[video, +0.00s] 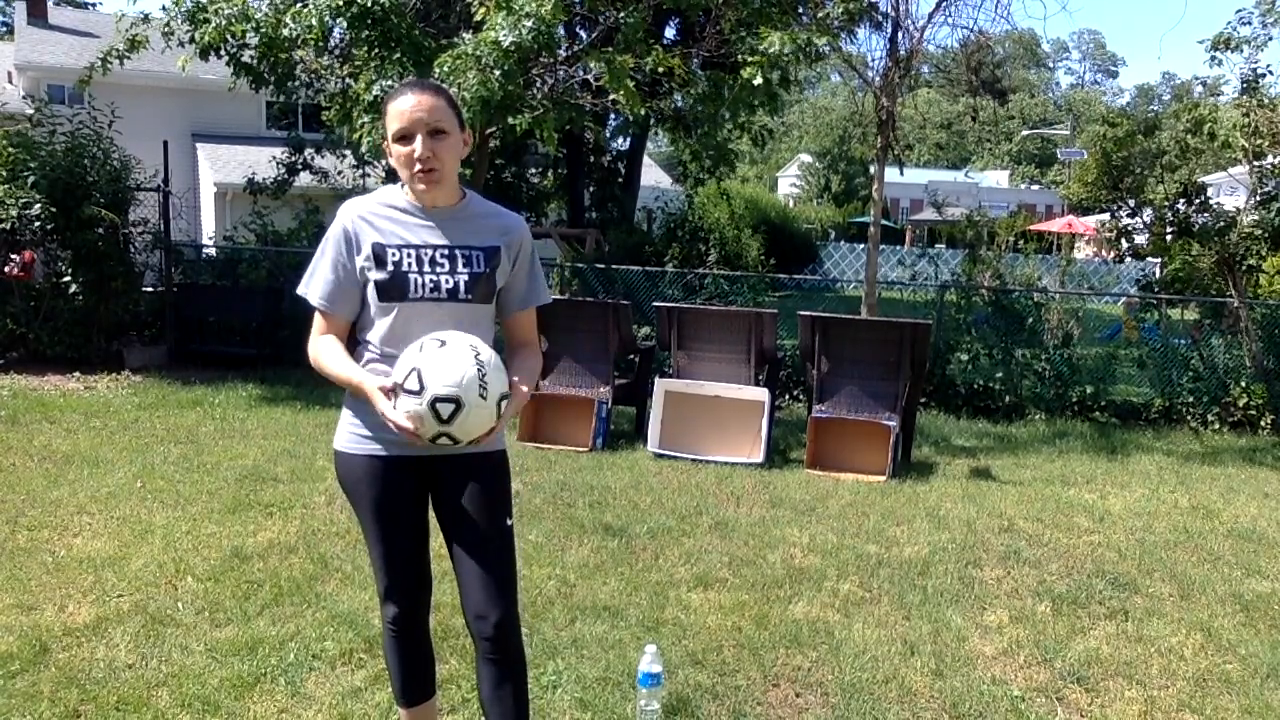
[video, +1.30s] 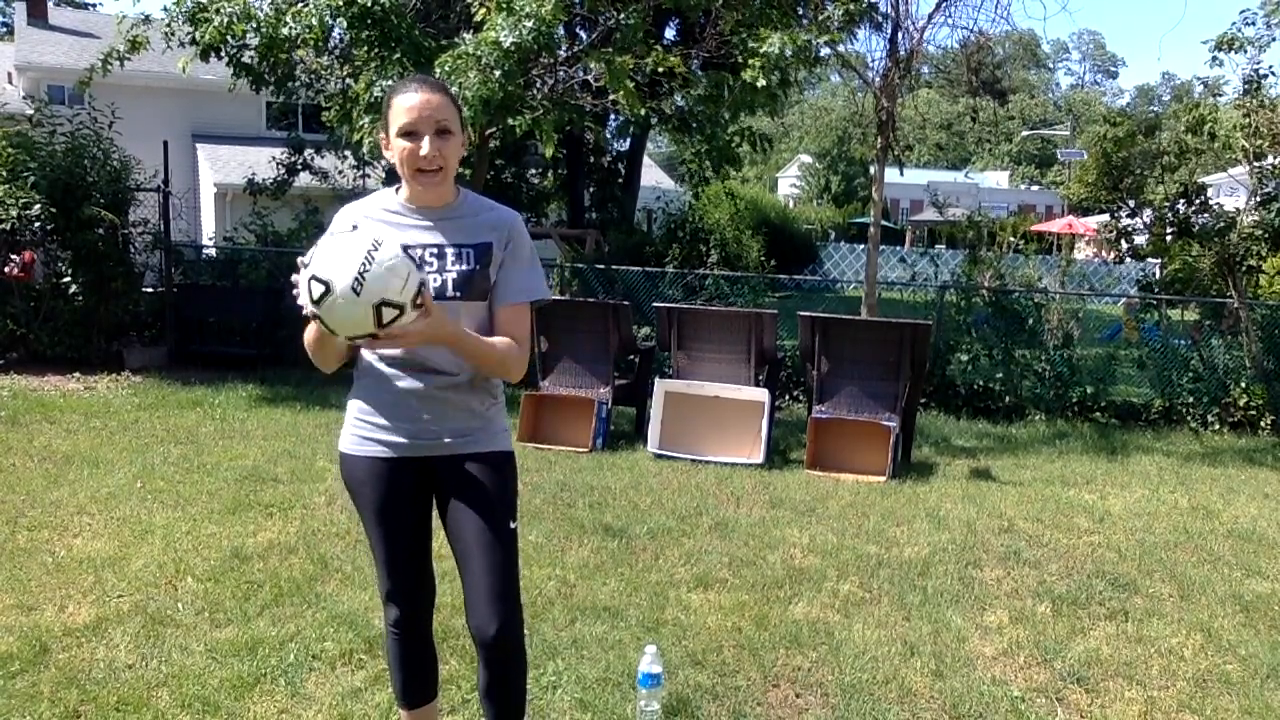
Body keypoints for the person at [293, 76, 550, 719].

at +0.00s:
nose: (422, 148)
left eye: (437, 133)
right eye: (405, 136)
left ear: (464, 141)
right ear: (388, 150)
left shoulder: (505, 230)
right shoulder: (357, 223)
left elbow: (524, 340)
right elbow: (322, 342)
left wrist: (519, 386)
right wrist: (366, 384)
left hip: (474, 448)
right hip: (378, 448)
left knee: (495, 621)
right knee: (403, 610)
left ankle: (510, 718)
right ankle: (419, 714)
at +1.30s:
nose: (428, 147)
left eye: (443, 132)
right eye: (410, 133)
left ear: (463, 142)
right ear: (387, 146)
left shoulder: (502, 227)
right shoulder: (355, 222)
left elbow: (514, 360)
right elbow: (327, 358)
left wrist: (446, 333)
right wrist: (328, 306)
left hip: (476, 440)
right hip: (380, 439)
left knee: (497, 625)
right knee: (405, 611)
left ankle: (506, 718)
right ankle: (420, 716)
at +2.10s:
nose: (441, 145)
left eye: (456, 130)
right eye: (424, 132)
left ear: (477, 144)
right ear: (400, 145)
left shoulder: (509, 232)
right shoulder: (361, 222)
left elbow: (497, 365)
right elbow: (341, 352)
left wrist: (402, 323)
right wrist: (287, 308)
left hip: (474, 443)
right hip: (379, 440)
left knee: (511, 623)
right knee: (405, 609)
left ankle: (511, 718)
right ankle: (419, 714)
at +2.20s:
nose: (438, 144)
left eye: (454, 131)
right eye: (422, 131)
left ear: (475, 145)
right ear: (399, 145)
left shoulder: (507, 231)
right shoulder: (360, 223)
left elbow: (497, 365)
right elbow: (341, 353)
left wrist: (402, 329)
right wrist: (288, 308)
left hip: (473, 443)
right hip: (379, 441)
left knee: (511, 623)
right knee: (405, 609)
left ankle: (511, 717)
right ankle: (420, 714)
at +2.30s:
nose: (435, 142)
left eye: (450, 129)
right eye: (419, 128)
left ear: (471, 145)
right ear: (395, 143)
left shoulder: (502, 228)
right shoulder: (358, 221)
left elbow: (503, 363)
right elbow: (342, 353)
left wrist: (414, 329)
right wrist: (299, 303)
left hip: (475, 440)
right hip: (380, 440)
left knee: (508, 621)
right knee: (404, 611)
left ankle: (510, 717)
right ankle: (419, 714)